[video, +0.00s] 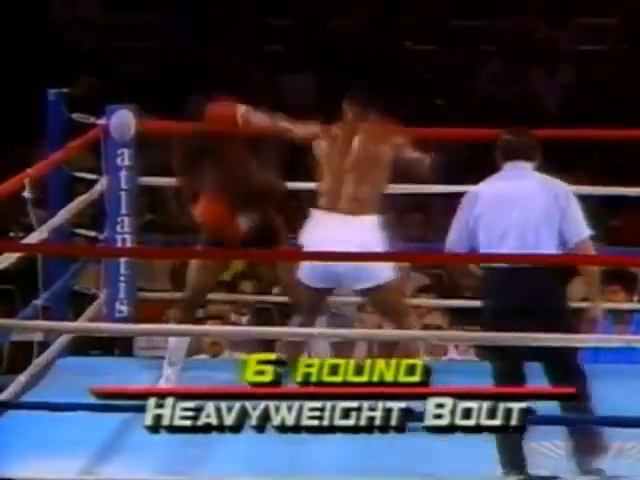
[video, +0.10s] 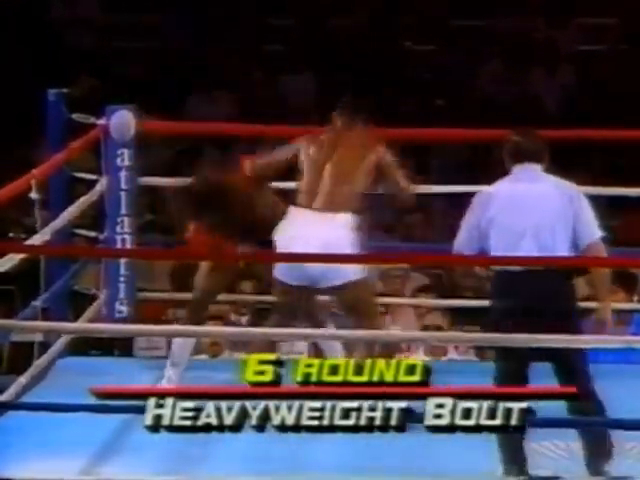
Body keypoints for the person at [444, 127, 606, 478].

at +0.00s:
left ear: (500, 159)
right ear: (537, 159)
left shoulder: (479, 193)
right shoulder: (556, 190)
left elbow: (453, 252)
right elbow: (584, 251)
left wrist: (478, 281)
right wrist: (595, 303)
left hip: (498, 286)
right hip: (545, 284)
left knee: (506, 375)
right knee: (564, 368)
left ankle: (512, 464)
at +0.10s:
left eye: (508, 159)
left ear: (509, 161)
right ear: (545, 160)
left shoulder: (490, 195)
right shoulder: (568, 192)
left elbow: (461, 253)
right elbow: (595, 252)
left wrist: (490, 277)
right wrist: (604, 306)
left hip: (509, 285)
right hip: (554, 284)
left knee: (509, 374)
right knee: (572, 371)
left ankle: (513, 464)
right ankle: (598, 455)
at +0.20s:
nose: (514, 169)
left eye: (513, 164)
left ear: (517, 165)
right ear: (552, 164)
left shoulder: (499, 203)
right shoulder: (580, 197)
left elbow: (473, 264)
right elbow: (610, 255)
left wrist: (483, 292)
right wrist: (616, 307)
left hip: (520, 293)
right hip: (569, 292)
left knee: (506, 378)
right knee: (586, 381)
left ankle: (517, 463)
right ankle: (597, 469)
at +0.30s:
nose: (507, 173)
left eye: (508, 168)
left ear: (512, 169)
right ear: (547, 165)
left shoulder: (502, 206)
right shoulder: (581, 195)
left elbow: (479, 268)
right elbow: (615, 253)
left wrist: (489, 297)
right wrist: (617, 305)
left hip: (529, 294)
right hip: (576, 292)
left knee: (504, 372)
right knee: (589, 377)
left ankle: (516, 455)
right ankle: (597, 467)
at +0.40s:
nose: (498, 184)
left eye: (499, 179)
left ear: (502, 180)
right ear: (536, 173)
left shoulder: (500, 219)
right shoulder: (574, 197)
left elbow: (484, 286)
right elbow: (617, 252)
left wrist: (502, 314)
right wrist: (619, 299)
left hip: (539, 301)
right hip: (587, 296)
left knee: (509, 379)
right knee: (594, 373)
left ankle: (510, 466)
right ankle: (601, 464)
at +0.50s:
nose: (497, 193)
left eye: (498, 187)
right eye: (499, 187)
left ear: (502, 188)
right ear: (534, 179)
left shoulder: (503, 224)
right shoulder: (573, 199)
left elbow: (493, 295)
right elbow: (618, 251)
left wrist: (504, 333)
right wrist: (624, 299)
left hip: (544, 300)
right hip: (592, 292)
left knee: (514, 378)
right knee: (601, 368)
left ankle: (509, 466)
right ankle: (617, 455)